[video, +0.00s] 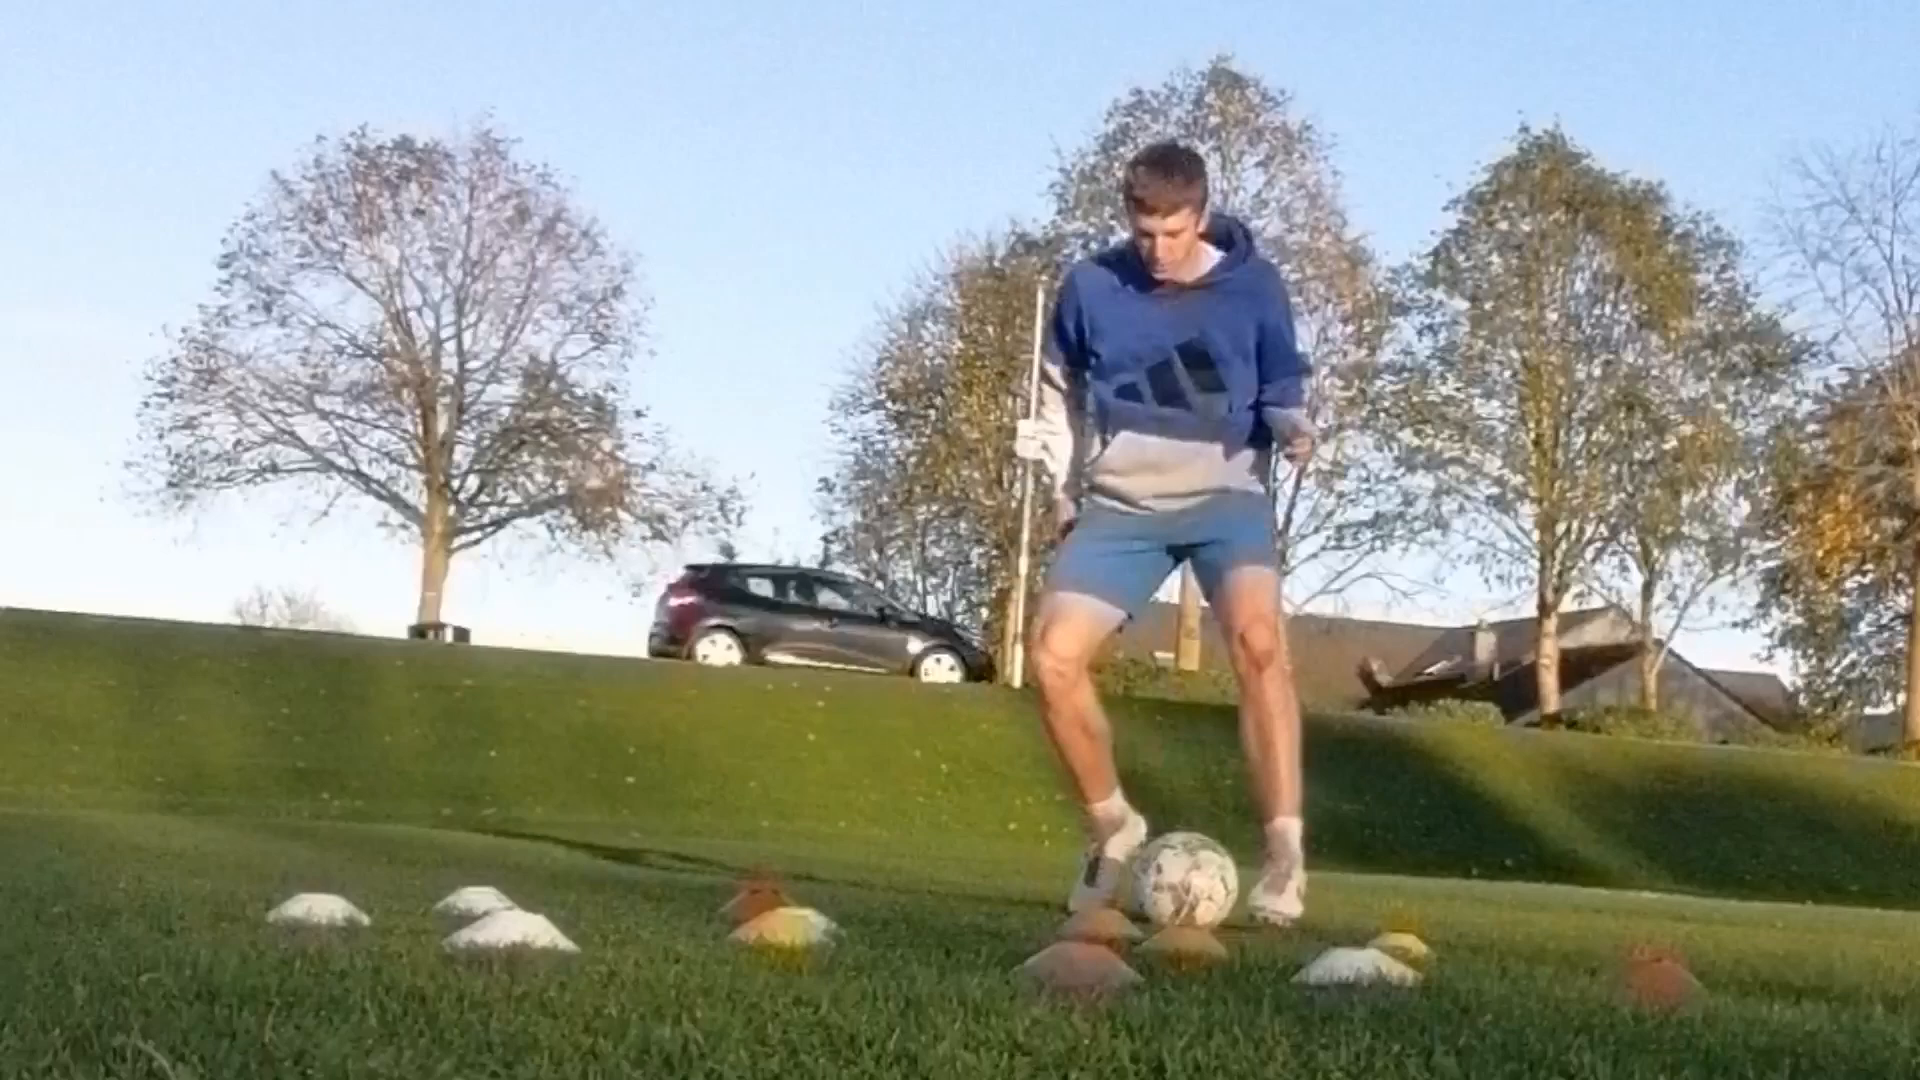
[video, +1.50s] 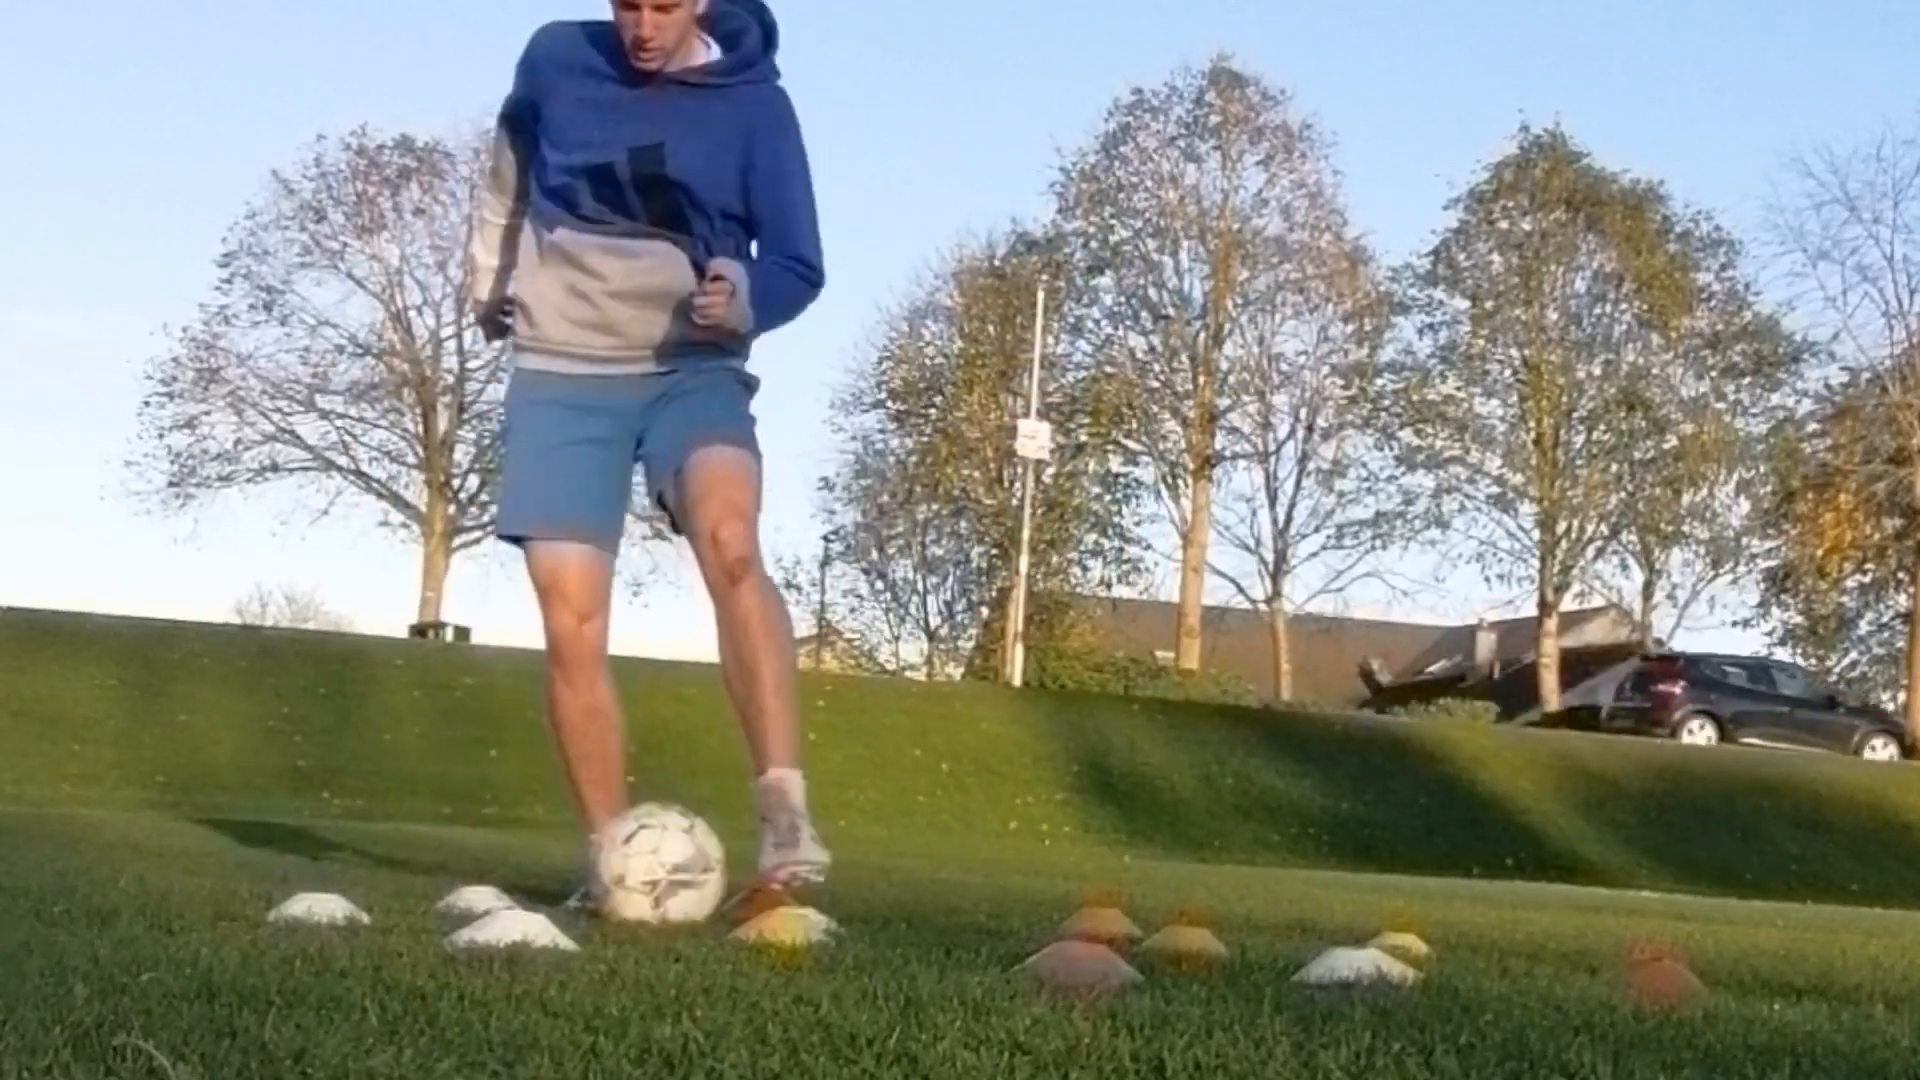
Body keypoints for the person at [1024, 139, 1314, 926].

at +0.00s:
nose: (1154, 243)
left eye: (1169, 229)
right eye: (1143, 227)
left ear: (1199, 213)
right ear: (1127, 212)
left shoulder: (1255, 285)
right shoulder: (1088, 288)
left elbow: (1283, 393)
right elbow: (1055, 394)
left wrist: (1292, 429)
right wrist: (1062, 487)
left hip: (1229, 507)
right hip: (1119, 511)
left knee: (1258, 642)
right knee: (1054, 656)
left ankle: (1283, 852)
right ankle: (1114, 827)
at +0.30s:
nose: (1074, 251)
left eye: (1089, 234)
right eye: (1060, 234)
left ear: (1125, 215)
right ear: (1044, 220)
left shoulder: (1183, 274)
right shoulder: (1027, 291)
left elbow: (1272, 379)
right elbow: (1009, 395)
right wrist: (1014, 490)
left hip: (1189, 511)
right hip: (1076, 496)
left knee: (1235, 696)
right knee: (992, 603)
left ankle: (1279, 891)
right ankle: (951, 819)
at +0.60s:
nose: (990, 146)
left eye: (1008, 131)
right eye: (978, 128)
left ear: (1039, 113)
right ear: (958, 107)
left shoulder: (1091, 190)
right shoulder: (904, 180)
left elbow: (1159, 269)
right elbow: (849, 290)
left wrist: (1147, 361)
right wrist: (852, 409)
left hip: (1036, 440)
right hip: (913, 437)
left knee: (1079, 602)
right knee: (870, 616)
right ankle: (882, 837)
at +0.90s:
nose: (809, 138)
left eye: (829, 120)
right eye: (797, 118)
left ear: (863, 110)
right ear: (779, 107)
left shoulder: (912, 205)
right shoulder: (744, 178)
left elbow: (1015, 314)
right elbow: (703, 285)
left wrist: (946, 283)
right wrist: (675, 399)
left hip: (826, 482)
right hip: (707, 442)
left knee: (865, 684)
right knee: (574, 555)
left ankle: (923, 858)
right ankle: (529, 797)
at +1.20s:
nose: (622, 127)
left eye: (641, 107)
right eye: (605, 106)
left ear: (674, 93)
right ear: (584, 95)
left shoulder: (745, 185)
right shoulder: (540, 183)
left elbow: (837, 257)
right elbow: (440, 290)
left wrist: (855, 305)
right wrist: (369, 405)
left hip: (676, 465)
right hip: (547, 451)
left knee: (667, 605)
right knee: (453, 637)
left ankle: (571, 812)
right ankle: (417, 853)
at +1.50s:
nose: (641, 26)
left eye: (662, 9)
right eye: (627, 7)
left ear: (701, 3)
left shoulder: (754, 100)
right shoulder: (557, 56)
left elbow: (796, 263)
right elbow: (509, 155)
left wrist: (747, 302)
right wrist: (490, 271)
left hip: (692, 381)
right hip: (559, 384)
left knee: (734, 550)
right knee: (570, 625)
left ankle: (785, 821)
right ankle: (612, 872)